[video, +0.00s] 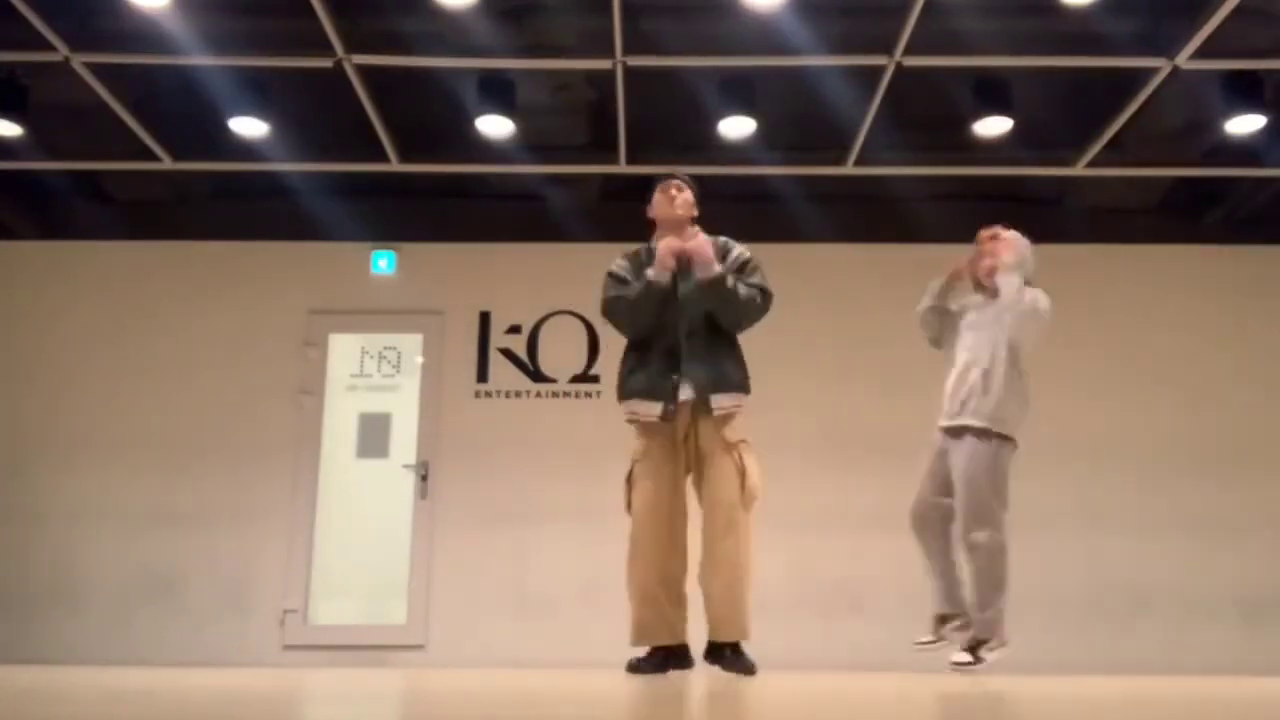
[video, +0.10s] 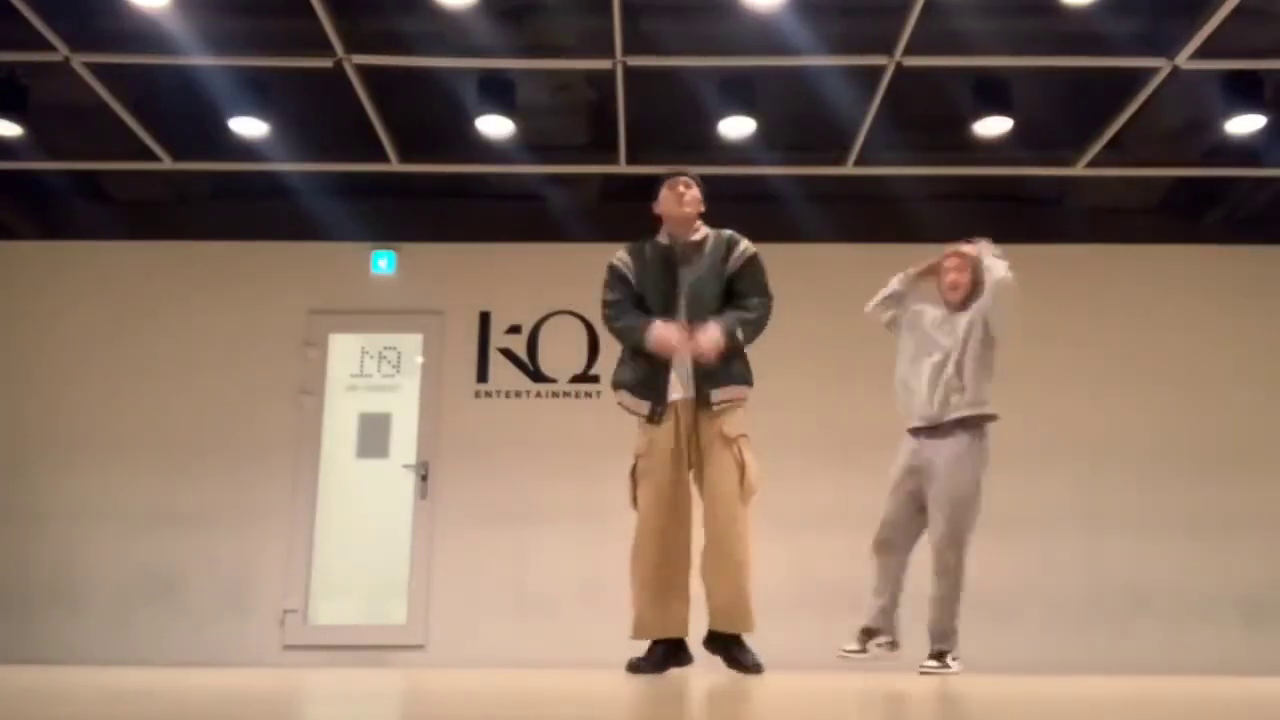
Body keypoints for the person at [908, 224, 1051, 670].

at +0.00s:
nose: (985, 246)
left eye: (997, 239)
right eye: (982, 241)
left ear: (1020, 255)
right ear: (977, 257)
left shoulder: (1031, 302)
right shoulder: (972, 304)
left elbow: (1026, 327)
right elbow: (932, 328)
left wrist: (1004, 277)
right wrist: (949, 282)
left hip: (987, 431)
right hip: (952, 429)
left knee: (981, 532)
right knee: (927, 517)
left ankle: (987, 632)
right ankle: (950, 611)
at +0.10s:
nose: (952, 277)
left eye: (961, 270)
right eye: (946, 270)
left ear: (975, 280)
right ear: (936, 278)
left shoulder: (981, 320)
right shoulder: (918, 315)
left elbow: (1001, 283)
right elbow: (876, 309)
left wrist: (985, 253)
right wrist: (917, 274)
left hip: (961, 441)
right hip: (918, 441)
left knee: (947, 546)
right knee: (890, 540)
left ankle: (942, 649)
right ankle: (880, 631)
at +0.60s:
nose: (846, 284)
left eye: (854, 279)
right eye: (838, 277)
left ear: (862, 289)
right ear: (824, 286)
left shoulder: (879, 332)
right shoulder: (798, 325)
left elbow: (903, 383)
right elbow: (784, 376)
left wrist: (874, 392)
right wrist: (827, 382)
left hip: (874, 453)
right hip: (817, 453)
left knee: (912, 520)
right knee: (800, 547)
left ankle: (903, 621)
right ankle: (780, 640)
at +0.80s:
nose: (854, 292)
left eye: (862, 286)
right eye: (846, 286)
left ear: (872, 297)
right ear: (833, 295)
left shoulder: (885, 335)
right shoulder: (819, 336)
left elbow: (913, 318)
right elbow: (804, 307)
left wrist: (907, 265)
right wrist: (825, 259)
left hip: (874, 453)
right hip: (821, 451)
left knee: (896, 536)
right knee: (818, 539)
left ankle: (887, 643)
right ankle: (840, 643)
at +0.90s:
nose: (859, 309)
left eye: (867, 303)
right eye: (852, 302)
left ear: (876, 311)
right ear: (840, 309)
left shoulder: (883, 351)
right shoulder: (823, 351)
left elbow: (903, 339)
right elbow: (819, 333)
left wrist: (903, 294)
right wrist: (830, 283)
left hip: (882, 469)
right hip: (828, 466)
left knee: (909, 545)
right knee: (818, 545)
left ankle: (890, 647)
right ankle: (843, 648)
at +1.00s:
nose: (862, 315)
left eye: (869, 308)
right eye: (854, 308)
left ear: (879, 315)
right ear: (843, 315)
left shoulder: (889, 353)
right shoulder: (826, 351)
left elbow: (890, 397)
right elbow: (818, 387)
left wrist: (904, 350)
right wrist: (824, 339)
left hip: (888, 461)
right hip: (836, 461)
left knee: (911, 548)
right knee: (821, 544)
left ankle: (890, 646)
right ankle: (843, 646)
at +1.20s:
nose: (862, 292)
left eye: (869, 284)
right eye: (854, 283)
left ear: (879, 291)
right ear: (839, 286)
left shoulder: (884, 329)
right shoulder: (816, 321)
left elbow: (893, 356)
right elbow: (819, 348)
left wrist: (878, 311)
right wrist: (844, 300)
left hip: (881, 447)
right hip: (830, 444)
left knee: (892, 544)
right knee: (819, 533)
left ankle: (890, 647)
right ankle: (836, 632)